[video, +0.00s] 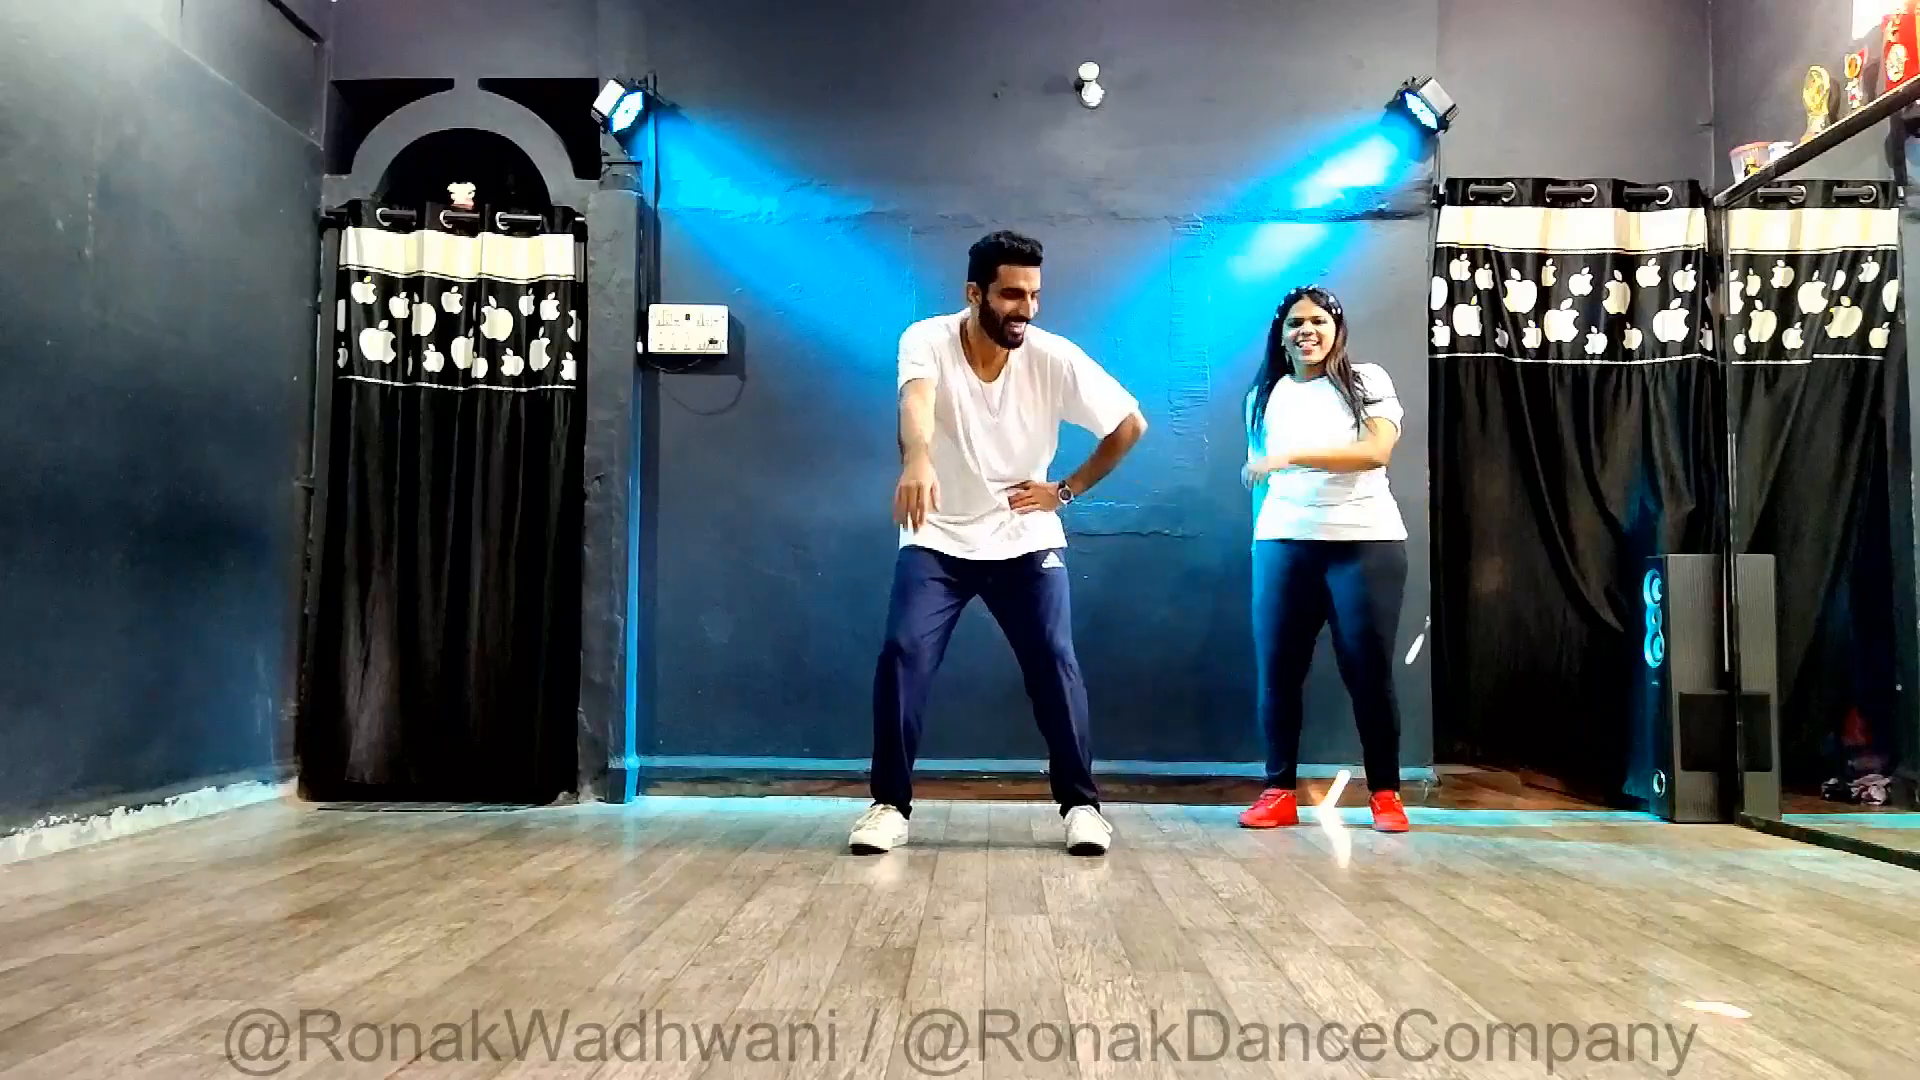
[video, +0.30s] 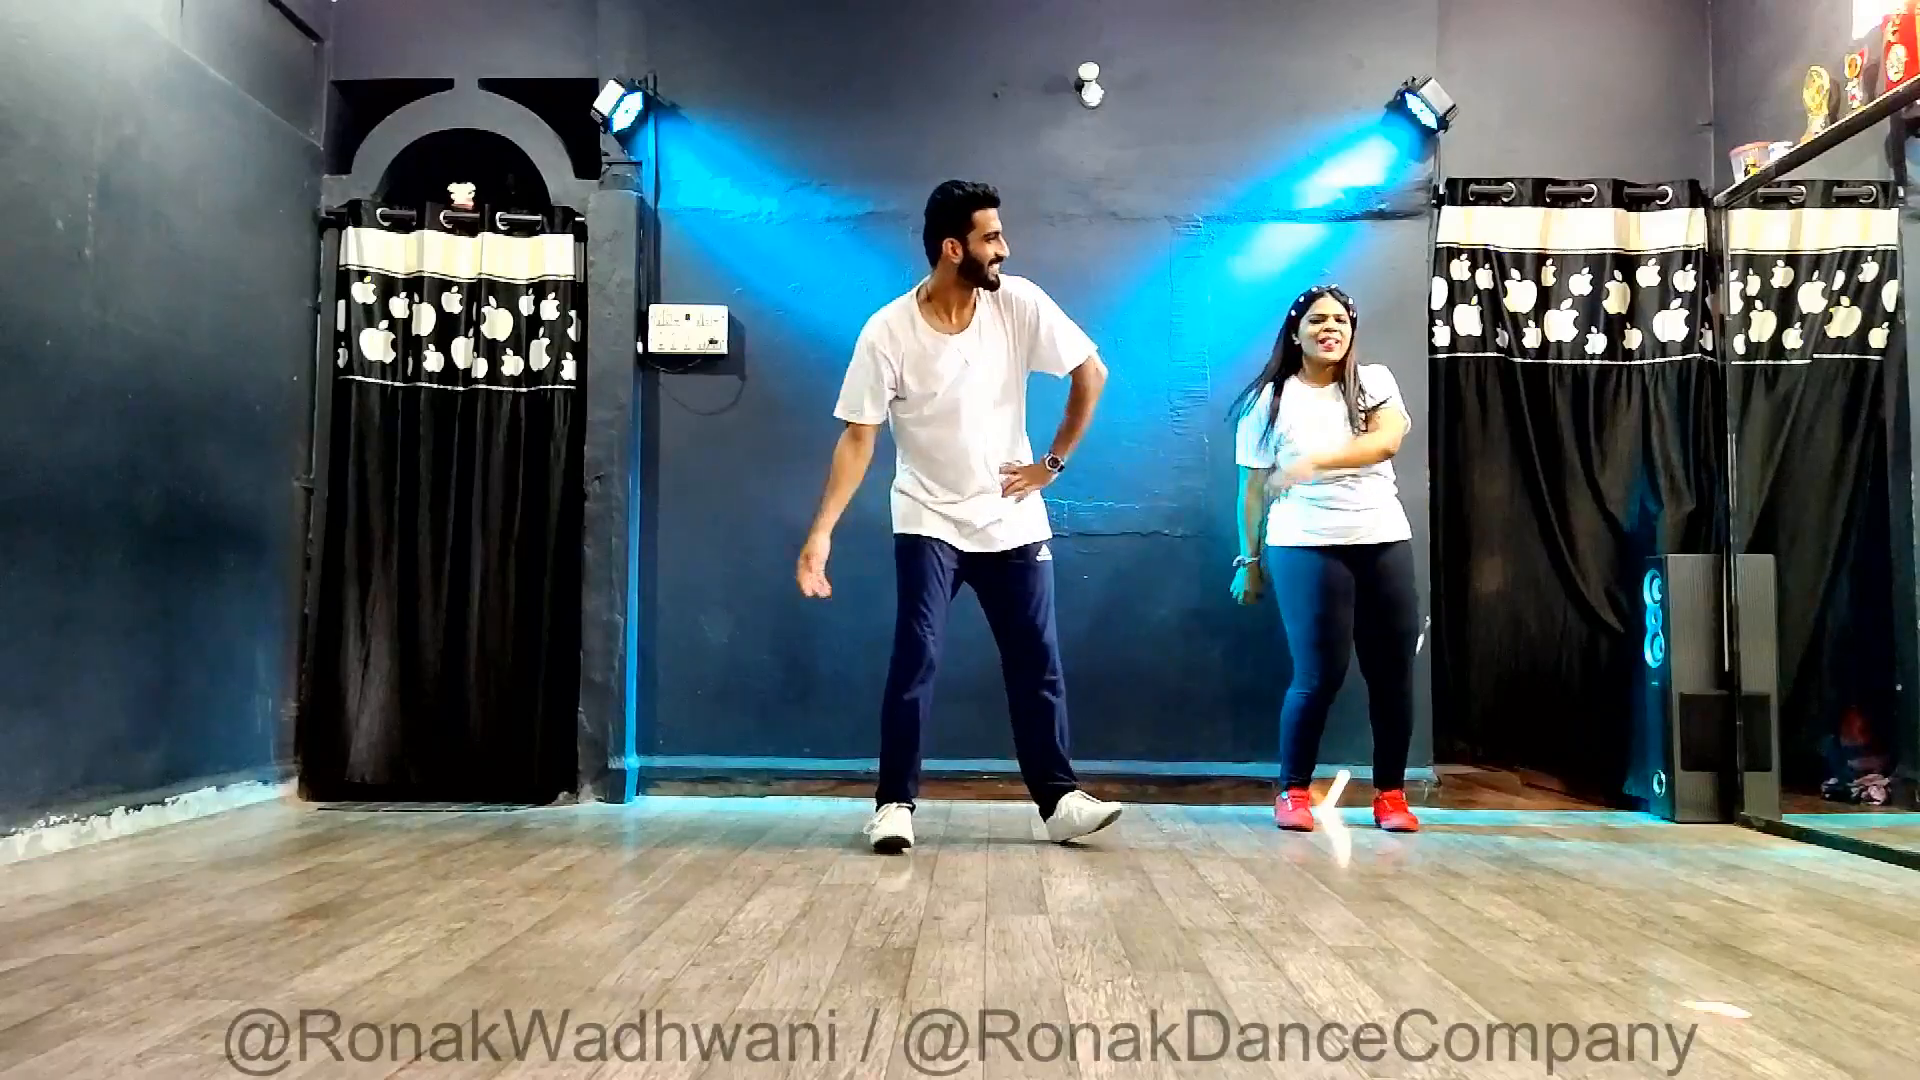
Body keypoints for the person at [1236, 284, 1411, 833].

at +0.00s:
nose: (1308, 330)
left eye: (1318, 322)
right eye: (1297, 323)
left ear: (1337, 330)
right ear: (1283, 334)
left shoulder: (1367, 379)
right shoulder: (1262, 398)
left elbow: (1377, 451)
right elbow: (1261, 475)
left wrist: (1290, 459)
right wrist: (1266, 543)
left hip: (1363, 539)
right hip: (1283, 541)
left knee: (1368, 668)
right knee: (1277, 669)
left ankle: (1384, 793)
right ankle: (1280, 790)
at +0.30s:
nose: (1331, 327)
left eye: (1340, 320)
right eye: (1318, 319)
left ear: (1351, 333)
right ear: (1297, 332)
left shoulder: (1372, 380)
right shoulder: (1267, 401)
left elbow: (1387, 441)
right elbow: (1253, 487)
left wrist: (1312, 462)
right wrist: (1250, 559)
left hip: (1383, 540)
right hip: (1306, 543)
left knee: (1392, 673)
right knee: (1318, 672)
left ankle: (1390, 794)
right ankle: (1293, 792)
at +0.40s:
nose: (1339, 348)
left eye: (1346, 338)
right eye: (1325, 340)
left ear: (1357, 344)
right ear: (1303, 349)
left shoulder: (1373, 398)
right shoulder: (1273, 408)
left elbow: (1397, 464)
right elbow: (1251, 490)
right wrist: (1246, 562)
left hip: (1377, 545)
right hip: (1307, 547)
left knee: (1416, 666)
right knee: (1326, 673)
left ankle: (1392, 794)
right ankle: (1293, 795)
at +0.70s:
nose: (1337, 338)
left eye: (1348, 331)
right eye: (1327, 330)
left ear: (1363, 343)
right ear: (1309, 339)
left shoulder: (1376, 402)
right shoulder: (1284, 390)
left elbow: (1410, 468)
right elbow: (1278, 457)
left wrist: (1441, 523)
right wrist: (1307, 495)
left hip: (1368, 542)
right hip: (1296, 541)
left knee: (1400, 656)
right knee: (1308, 668)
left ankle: (1390, 795)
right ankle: (1291, 794)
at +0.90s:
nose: (1352, 324)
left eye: (1362, 317)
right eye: (1342, 317)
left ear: (1379, 330)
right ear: (1324, 330)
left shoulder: (1395, 395)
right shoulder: (1291, 380)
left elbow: (1403, 468)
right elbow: (1276, 455)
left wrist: (1351, 483)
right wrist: (1317, 482)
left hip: (1365, 547)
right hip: (1290, 543)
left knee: (1382, 671)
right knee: (1296, 672)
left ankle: (1378, 791)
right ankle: (1288, 792)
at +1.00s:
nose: (1364, 329)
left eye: (1376, 321)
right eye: (1355, 320)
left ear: (1394, 333)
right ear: (1339, 329)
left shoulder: (1404, 391)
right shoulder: (1295, 377)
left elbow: (1392, 452)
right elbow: (1243, 428)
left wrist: (1310, 445)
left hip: (1373, 544)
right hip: (1296, 539)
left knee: (1385, 672)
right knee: (1300, 670)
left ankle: (1380, 793)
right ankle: (1289, 792)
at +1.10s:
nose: (1367, 326)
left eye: (1379, 319)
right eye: (1357, 319)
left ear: (1398, 333)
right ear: (1343, 329)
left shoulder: (1408, 386)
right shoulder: (1299, 373)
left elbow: (1392, 438)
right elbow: (1221, 400)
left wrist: (1304, 429)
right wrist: (1181, 378)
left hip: (1378, 544)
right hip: (1298, 538)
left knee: (1386, 675)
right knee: (1302, 671)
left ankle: (1381, 792)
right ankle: (1289, 793)